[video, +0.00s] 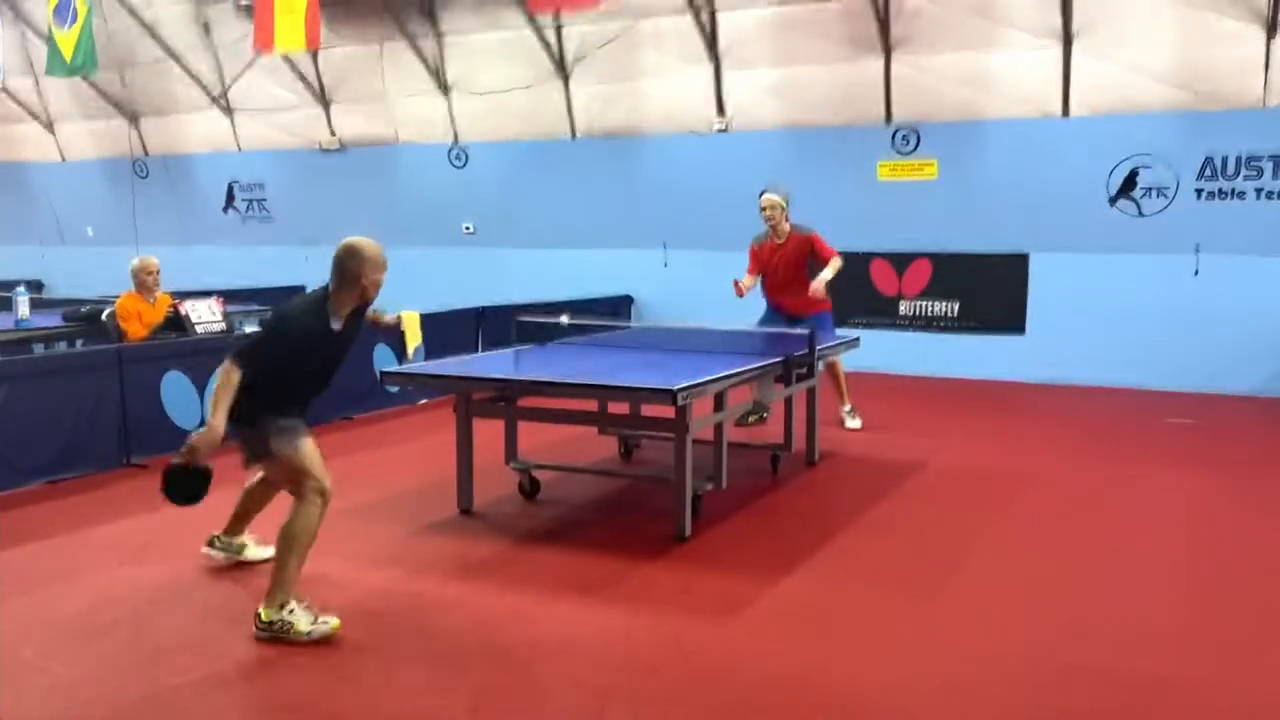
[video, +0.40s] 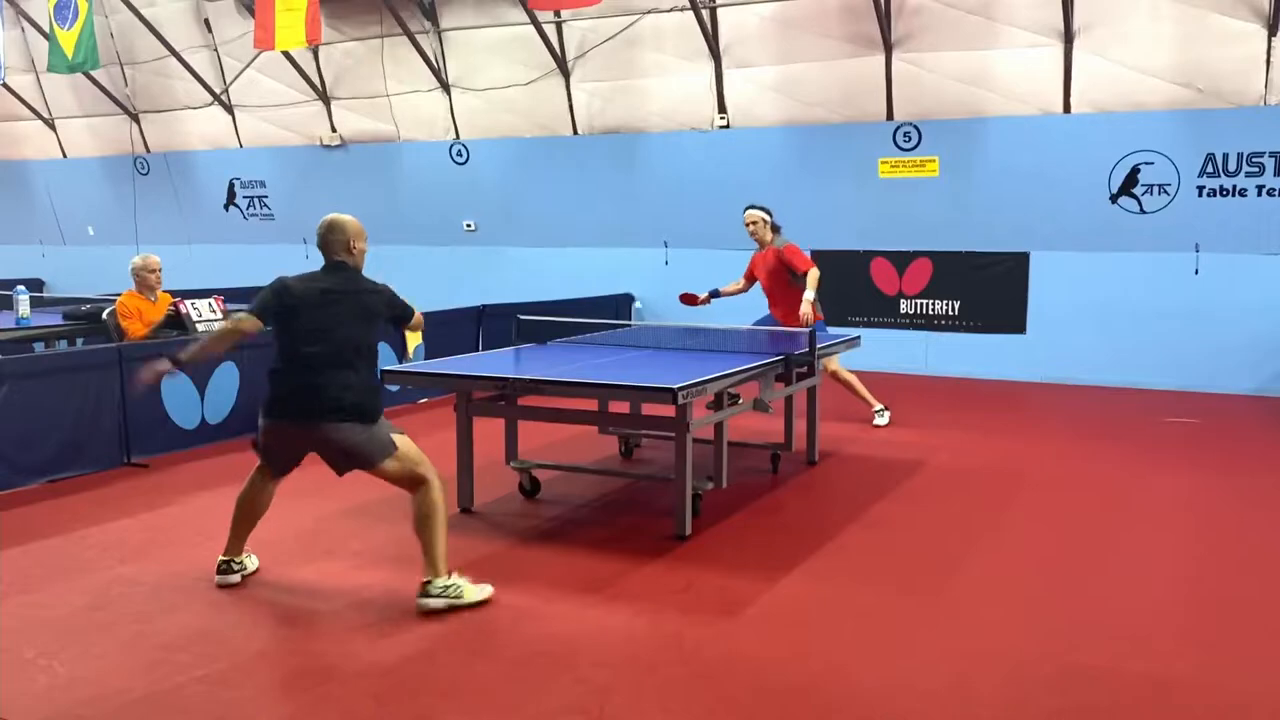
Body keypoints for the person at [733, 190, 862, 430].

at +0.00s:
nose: (768, 214)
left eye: (773, 208)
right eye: (764, 209)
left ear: (785, 211)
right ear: (760, 213)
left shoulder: (806, 238)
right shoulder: (759, 244)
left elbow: (836, 260)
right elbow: (752, 274)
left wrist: (822, 279)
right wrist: (744, 286)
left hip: (815, 311)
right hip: (778, 311)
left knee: (828, 354)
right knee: (755, 349)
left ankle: (847, 407)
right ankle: (759, 405)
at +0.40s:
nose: (750, 229)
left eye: (754, 223)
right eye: (747, 225)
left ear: (768, 223)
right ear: (747, 229)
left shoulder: (785, 249)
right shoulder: (757, 258)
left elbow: (813, 272)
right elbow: (743, 285)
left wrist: (807, 301)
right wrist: (713, 294)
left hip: (807, 322)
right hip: (776, 321)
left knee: (832, 368)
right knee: (731, 346)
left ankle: (878, 407)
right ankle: (726, 393)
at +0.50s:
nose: (739, 233)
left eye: (743, 228)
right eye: (736, 229)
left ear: (757, 228)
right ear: (737, 232)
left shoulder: (775, 253)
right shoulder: (744, 264)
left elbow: (804, 274)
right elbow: (724, 285)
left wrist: (804, 304)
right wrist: (692, 287)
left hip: (796, 328)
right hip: (769, 330)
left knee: (829, 366)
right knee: (727, 346)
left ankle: (877, 407)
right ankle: (728, 393)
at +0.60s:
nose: (729, 226)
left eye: (734, 221)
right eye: (727, 222)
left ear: (747, 222)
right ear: (726, 226)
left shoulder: (767, 247)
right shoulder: (728, 260)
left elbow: (794, 268)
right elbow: (707, 283)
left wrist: (796, 296)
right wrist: (680, 273)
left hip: (788, 319)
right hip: (754, 322)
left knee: (824, 357)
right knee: (716, 344)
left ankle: (865, 402)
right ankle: (729, 392)